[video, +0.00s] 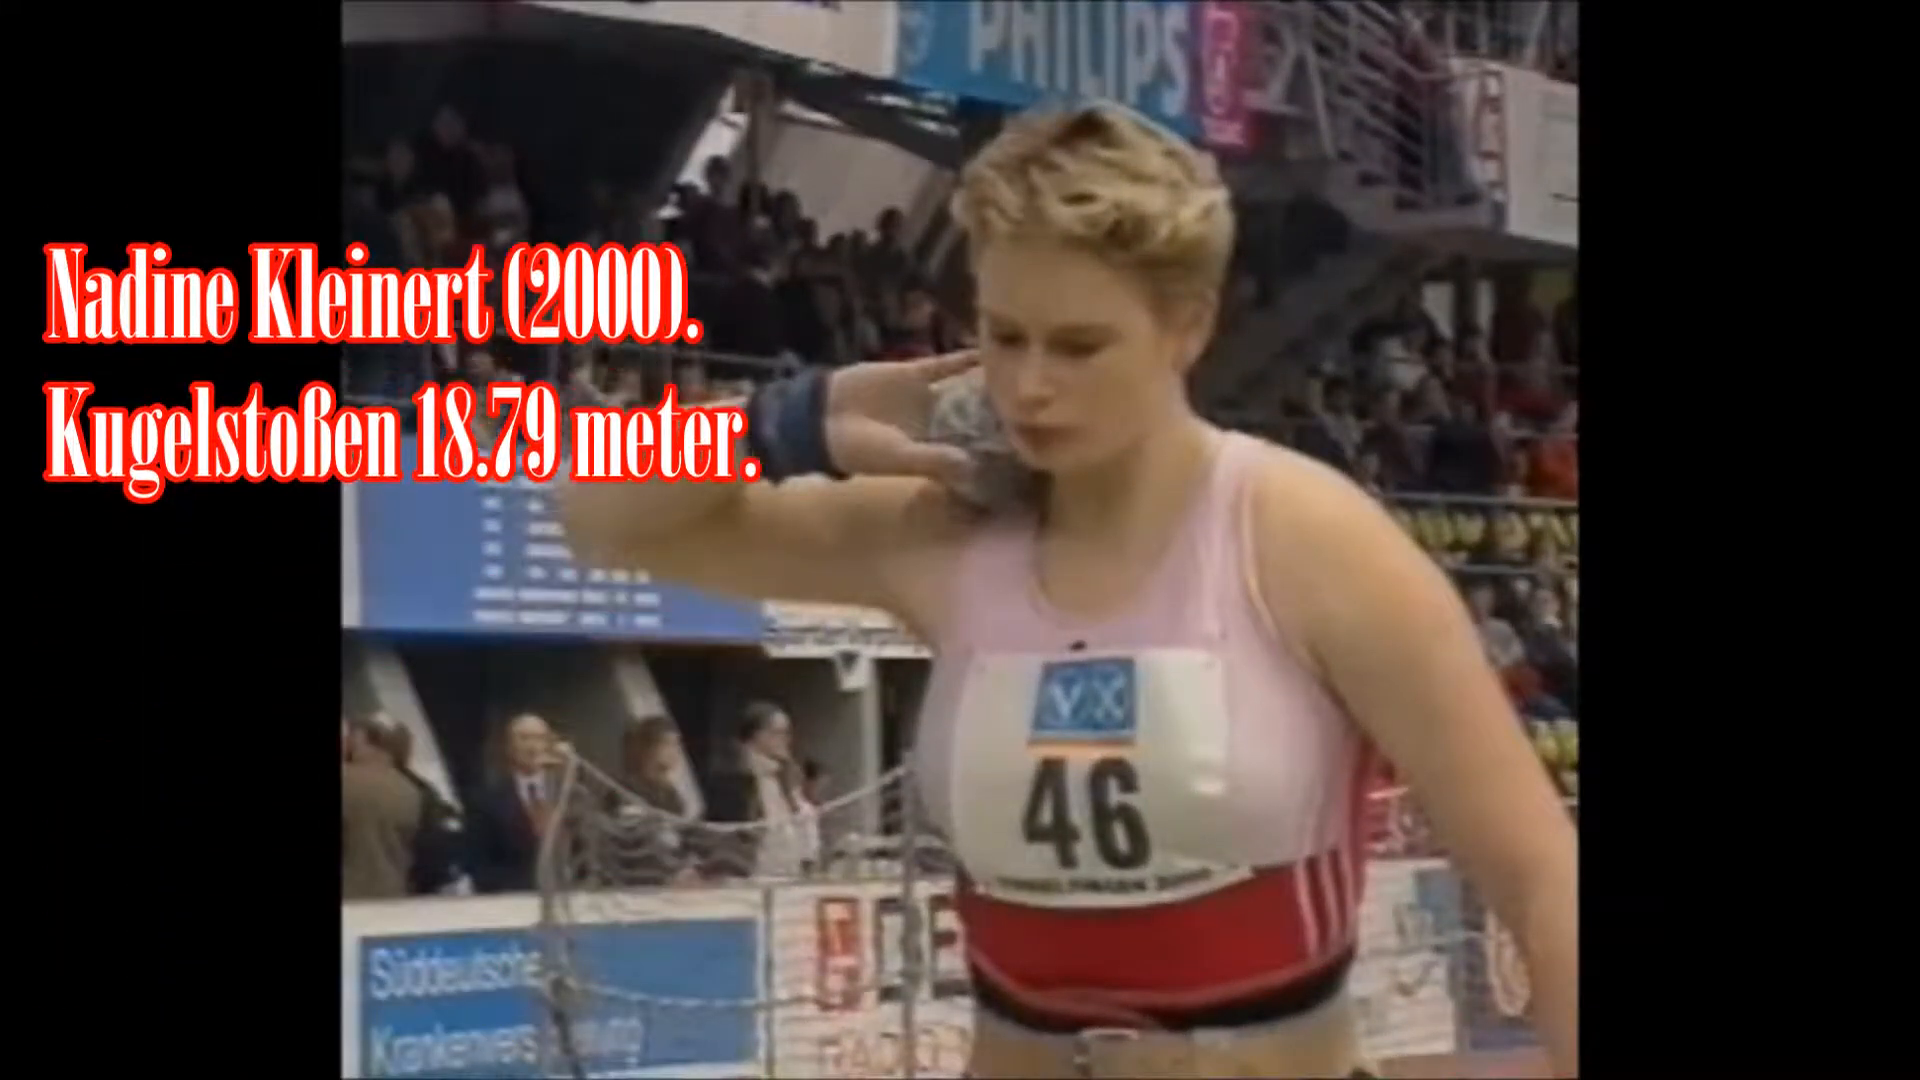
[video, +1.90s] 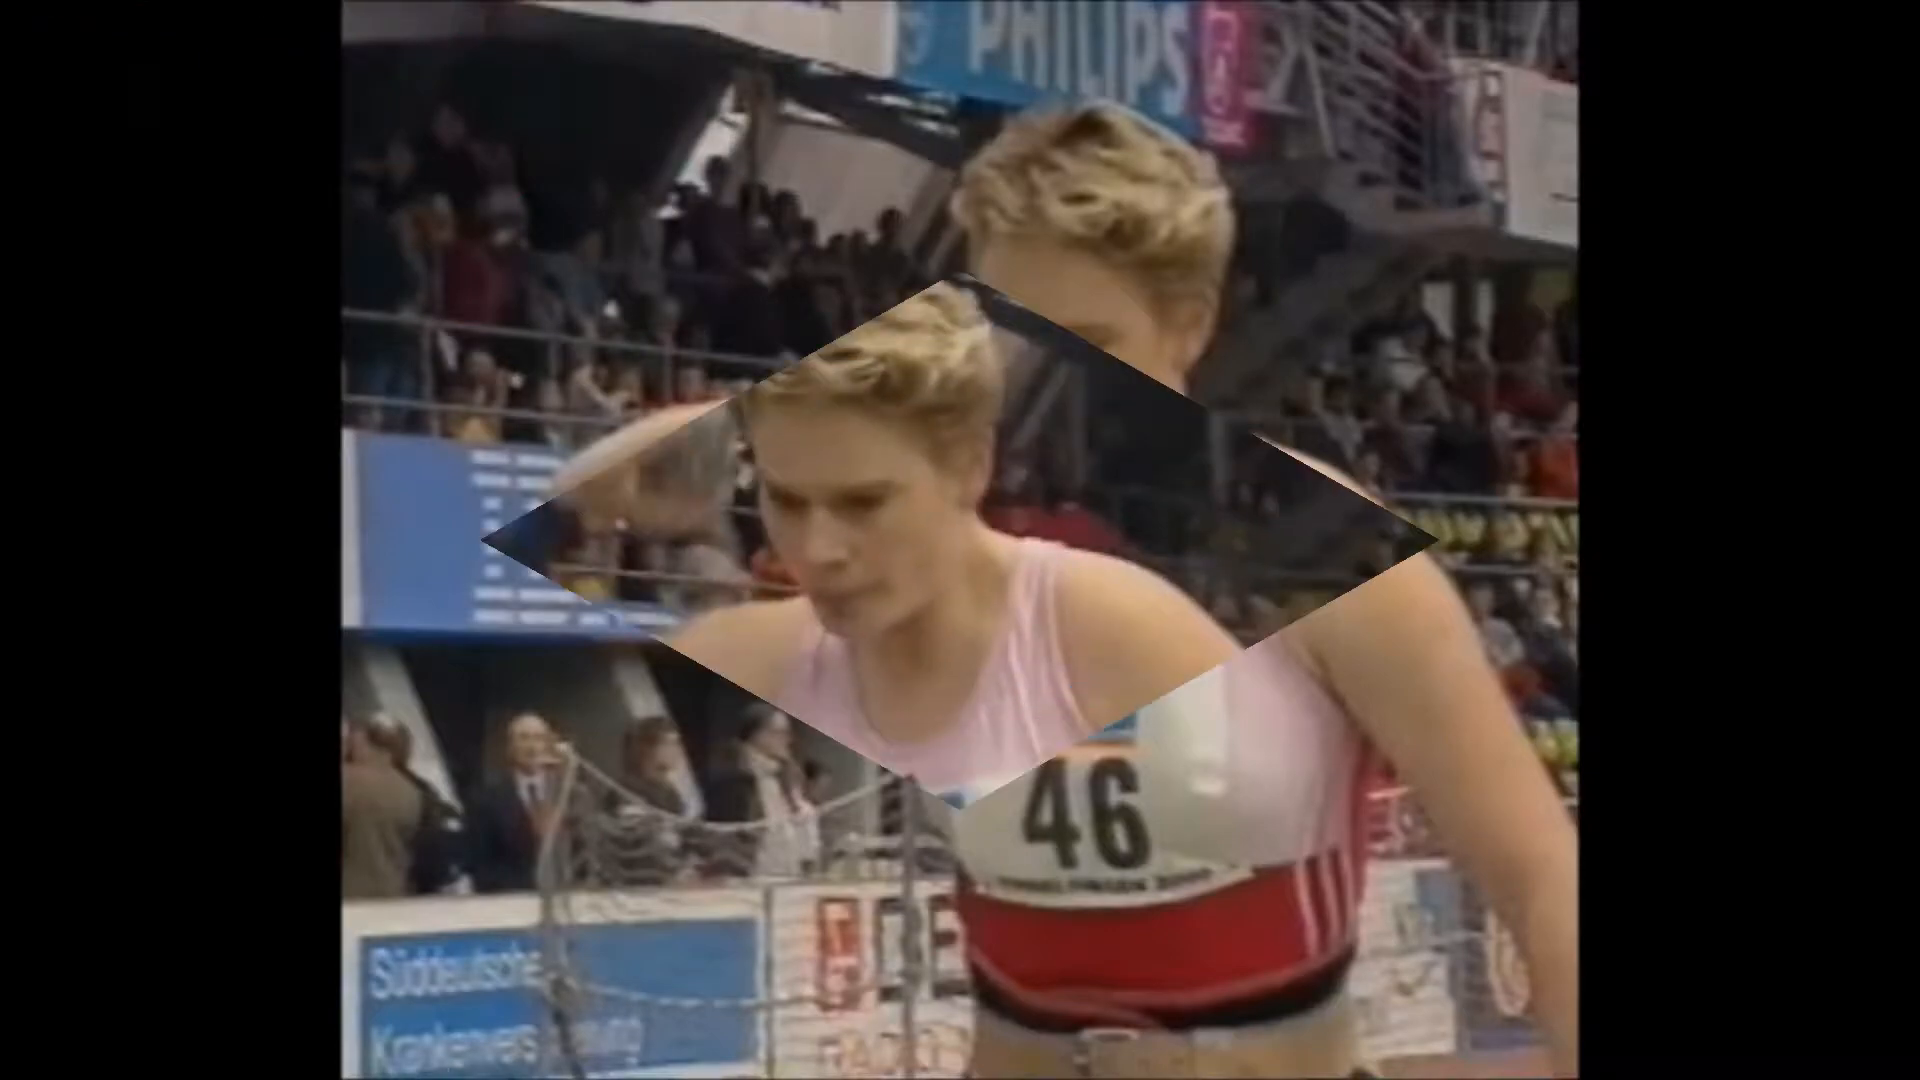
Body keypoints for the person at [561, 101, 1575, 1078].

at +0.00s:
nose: (1027, 387)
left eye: (1079, 344)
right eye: (1004, 338)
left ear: (1187, 327)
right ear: (973, 323)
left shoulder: (1301, 532)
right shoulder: (928, 534)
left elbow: (1538, 874)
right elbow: (608, 519)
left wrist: (1564, 1061)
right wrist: (812, 420)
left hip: (1272, 1055)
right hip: (1017, 1053)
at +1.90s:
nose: (1049, 381)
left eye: (1087, 344)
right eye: (1014, 338)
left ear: (1187, 326)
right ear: (970, 319)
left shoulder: (1312, 538)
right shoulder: (949, 539)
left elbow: (1539, 876)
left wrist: (1561, 1051)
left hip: (1269, 1050)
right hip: (1011, 1048)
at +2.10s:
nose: (835, 562)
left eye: (879, 513)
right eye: (802, 514)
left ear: (982, 481)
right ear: (771, 499)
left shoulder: (1149, 634)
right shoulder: (781, 743)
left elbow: (1410, 879)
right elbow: (560, 910)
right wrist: (608, 638)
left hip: (1221, 1067)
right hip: (946, 1064)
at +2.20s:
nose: (873, 549)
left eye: (914, 501)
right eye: (843, 503)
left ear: (1020, 475)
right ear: (813, 491)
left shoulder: (1178, 625)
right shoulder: (824, 735)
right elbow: (583, 953)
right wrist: (655, 653)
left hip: (1282, 1068)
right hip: (1006, 1073)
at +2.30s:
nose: (896, 534)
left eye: (939, 486)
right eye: (867, 490)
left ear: (1044, 459)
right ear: (835, 481)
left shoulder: (1193, 619)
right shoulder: (845, 723)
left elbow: (1521, 854)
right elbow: (591, 943)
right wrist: (702, 641)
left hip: (1281, 1058)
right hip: (1025, 1064)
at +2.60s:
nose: (1056, 505)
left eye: (1101, 464)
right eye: (1034, 463)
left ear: (1210, 462)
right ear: (1008, 462)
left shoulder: (1331, 633)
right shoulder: (989, 712)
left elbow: (1570, 881)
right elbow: (670, 818)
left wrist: (1504, 1048)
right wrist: (879, 605)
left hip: (1352, 1057)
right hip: (1112, 1066)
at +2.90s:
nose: (1152, 482)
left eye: (1197, 444)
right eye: (1128, 435)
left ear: (1297, 433)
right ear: (1100, 424)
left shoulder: (1399, 612)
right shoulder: (1069, 655)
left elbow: (1613, 899)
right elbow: (759, 720)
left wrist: (1601, 1073)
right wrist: (970, 558)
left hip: (1403, 1058)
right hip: (1168, 1062)